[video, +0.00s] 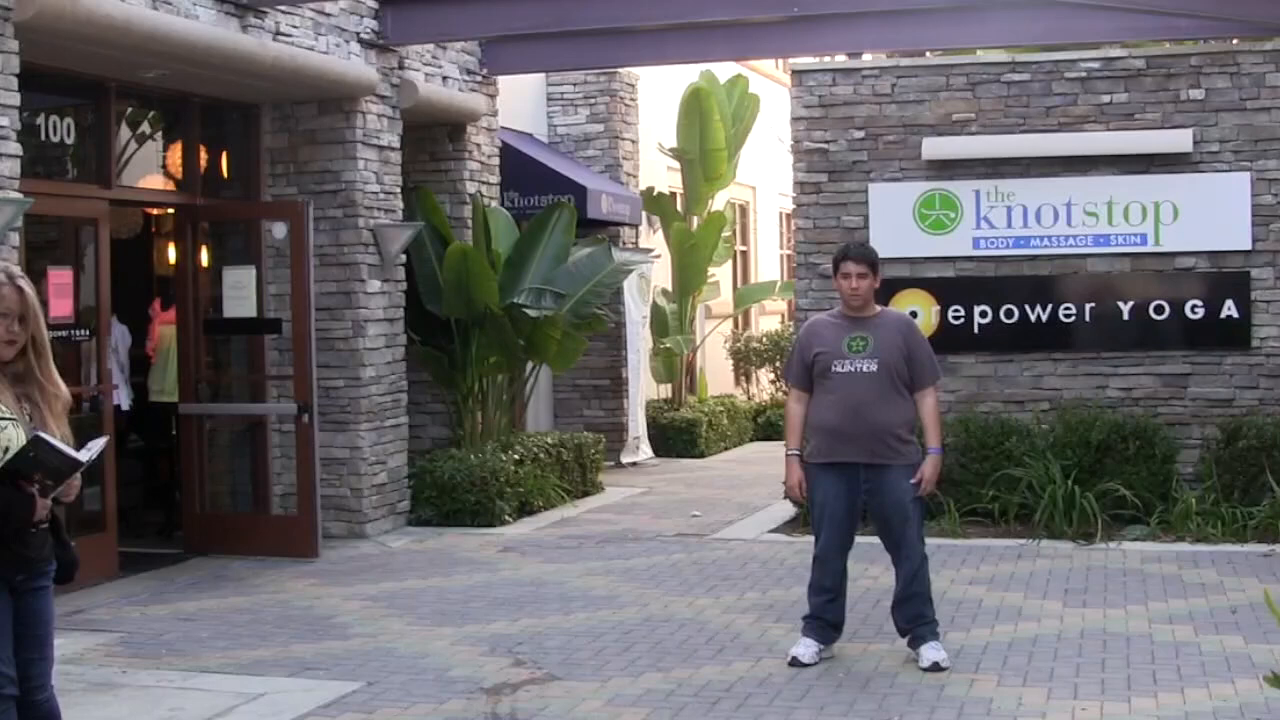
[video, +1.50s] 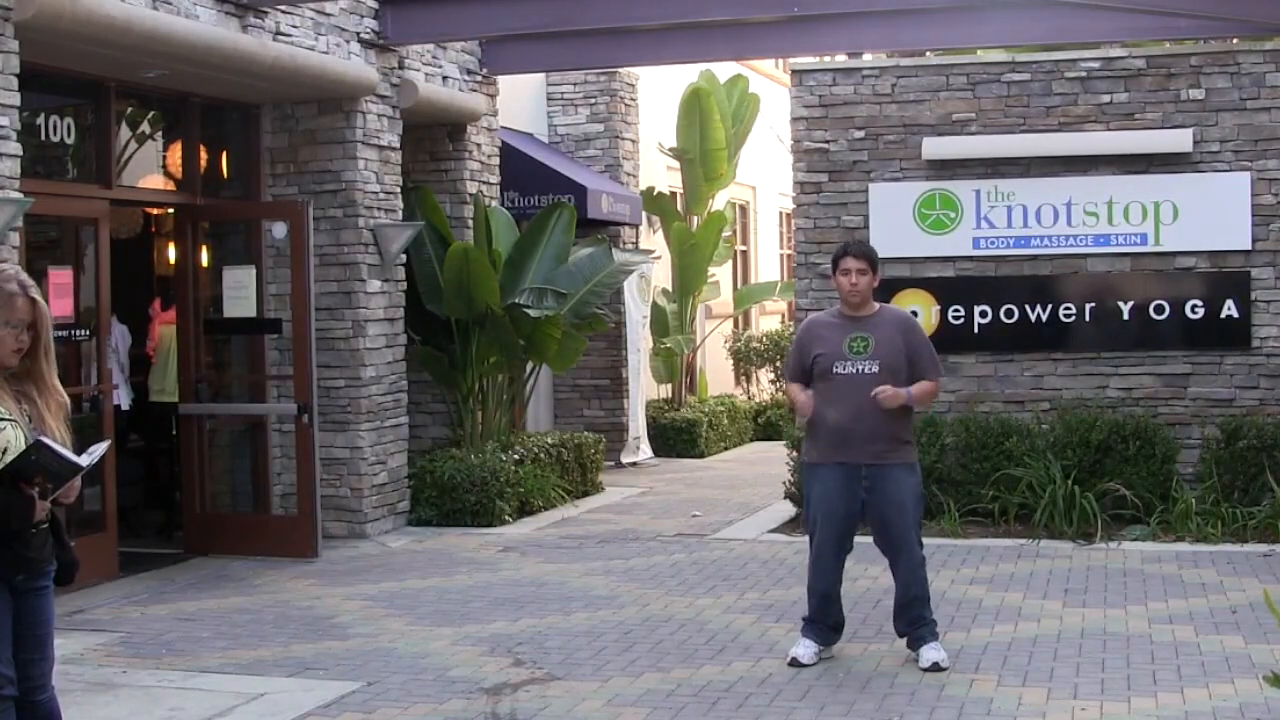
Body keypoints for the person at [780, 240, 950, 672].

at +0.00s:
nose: (853, 284)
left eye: (861, 276)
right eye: (845, 277)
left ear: (876, 280)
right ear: (834, 281)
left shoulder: (902, 328)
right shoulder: (813, 332)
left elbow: (925, 392)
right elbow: (798, 396)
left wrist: (934, 453)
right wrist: (792, 458)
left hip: (894, 462)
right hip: (829, 463)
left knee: (910, 552)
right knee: (828, 552)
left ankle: (924, 636)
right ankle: (817, 634)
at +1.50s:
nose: (853, 280)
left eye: (861, 273)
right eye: (845, 273)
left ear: (875, 278)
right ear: (834, 279)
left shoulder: (902, 323)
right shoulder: (812, 329)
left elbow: (931, 384)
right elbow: (793, 380)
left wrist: (904, 395)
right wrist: (800, 397)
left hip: (893, 461)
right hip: (828, 461)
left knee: (906, 549)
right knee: (824, 549)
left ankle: (923, 636)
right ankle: (817, 634)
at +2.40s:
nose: (859, 282)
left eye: (867, 274)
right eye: (851, 275)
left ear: (882, 278)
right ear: (841, 282)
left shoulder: (912, 325)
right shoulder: (819, 330)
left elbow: (940, 385)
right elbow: (798, 378)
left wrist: (920, 379)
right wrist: (802, 396)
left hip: (906, 458)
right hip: (841, 461)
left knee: (915, 548)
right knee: (837, 550)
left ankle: (924, 636)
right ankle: (818, 634)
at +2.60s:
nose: (858, 288)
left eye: (866, 280)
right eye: (850, 281)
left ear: (882, 284)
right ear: (840, 287)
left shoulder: (911, 334)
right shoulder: (820, 333)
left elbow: (937, 393)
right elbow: (791, 397)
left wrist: (919, 400)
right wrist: (802, 380)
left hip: (905, 462)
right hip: (840, 465)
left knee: (917, 543)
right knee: (843, 552)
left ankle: (923, 637)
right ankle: (821, 636)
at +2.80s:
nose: (858, 284)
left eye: (866, 276)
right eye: (850, 277)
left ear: (881, 281)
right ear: (840, 284)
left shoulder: (908, 330)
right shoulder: (820, 330)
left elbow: (930, 396)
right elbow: (793, 388)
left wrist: (904, 390)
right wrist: (817, 405)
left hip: (896, 464)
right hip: (830, 464)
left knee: (911, 547)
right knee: (820, 552)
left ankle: (923, 637)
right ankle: (817, 634)